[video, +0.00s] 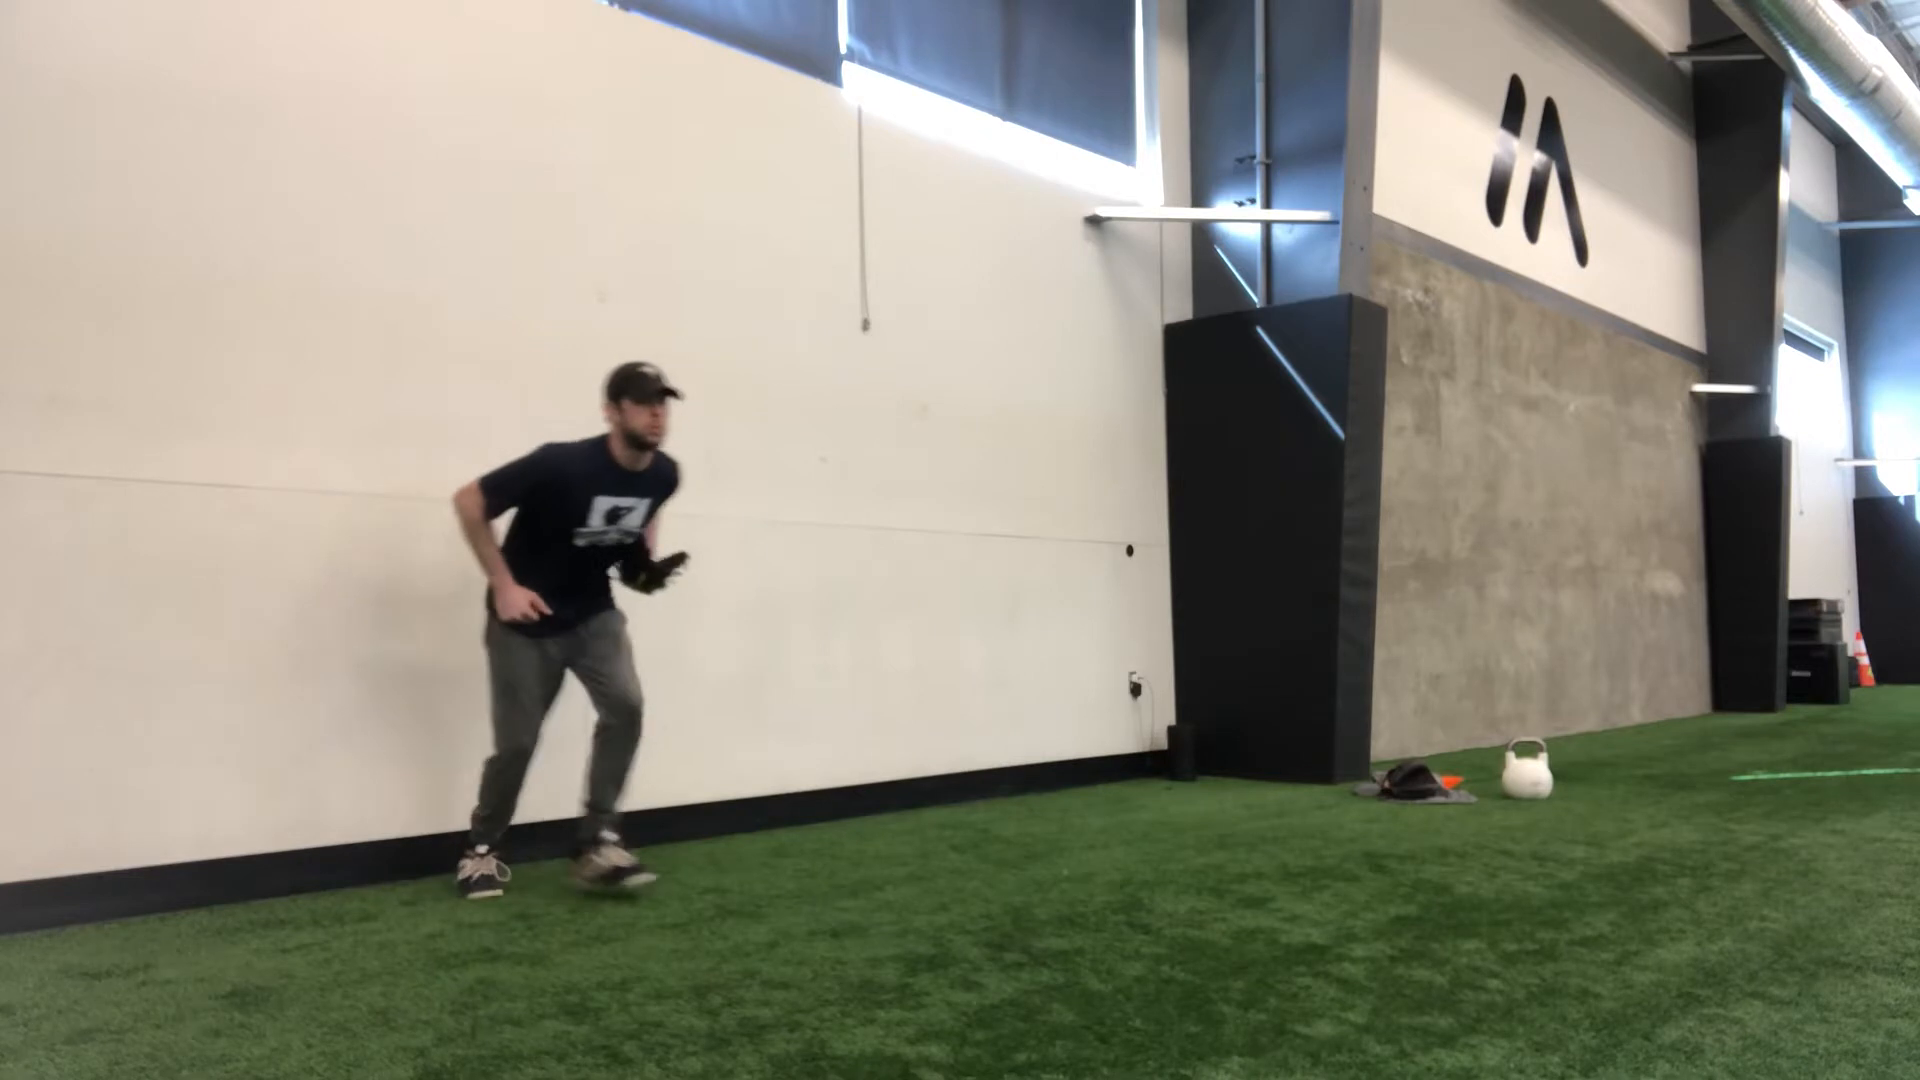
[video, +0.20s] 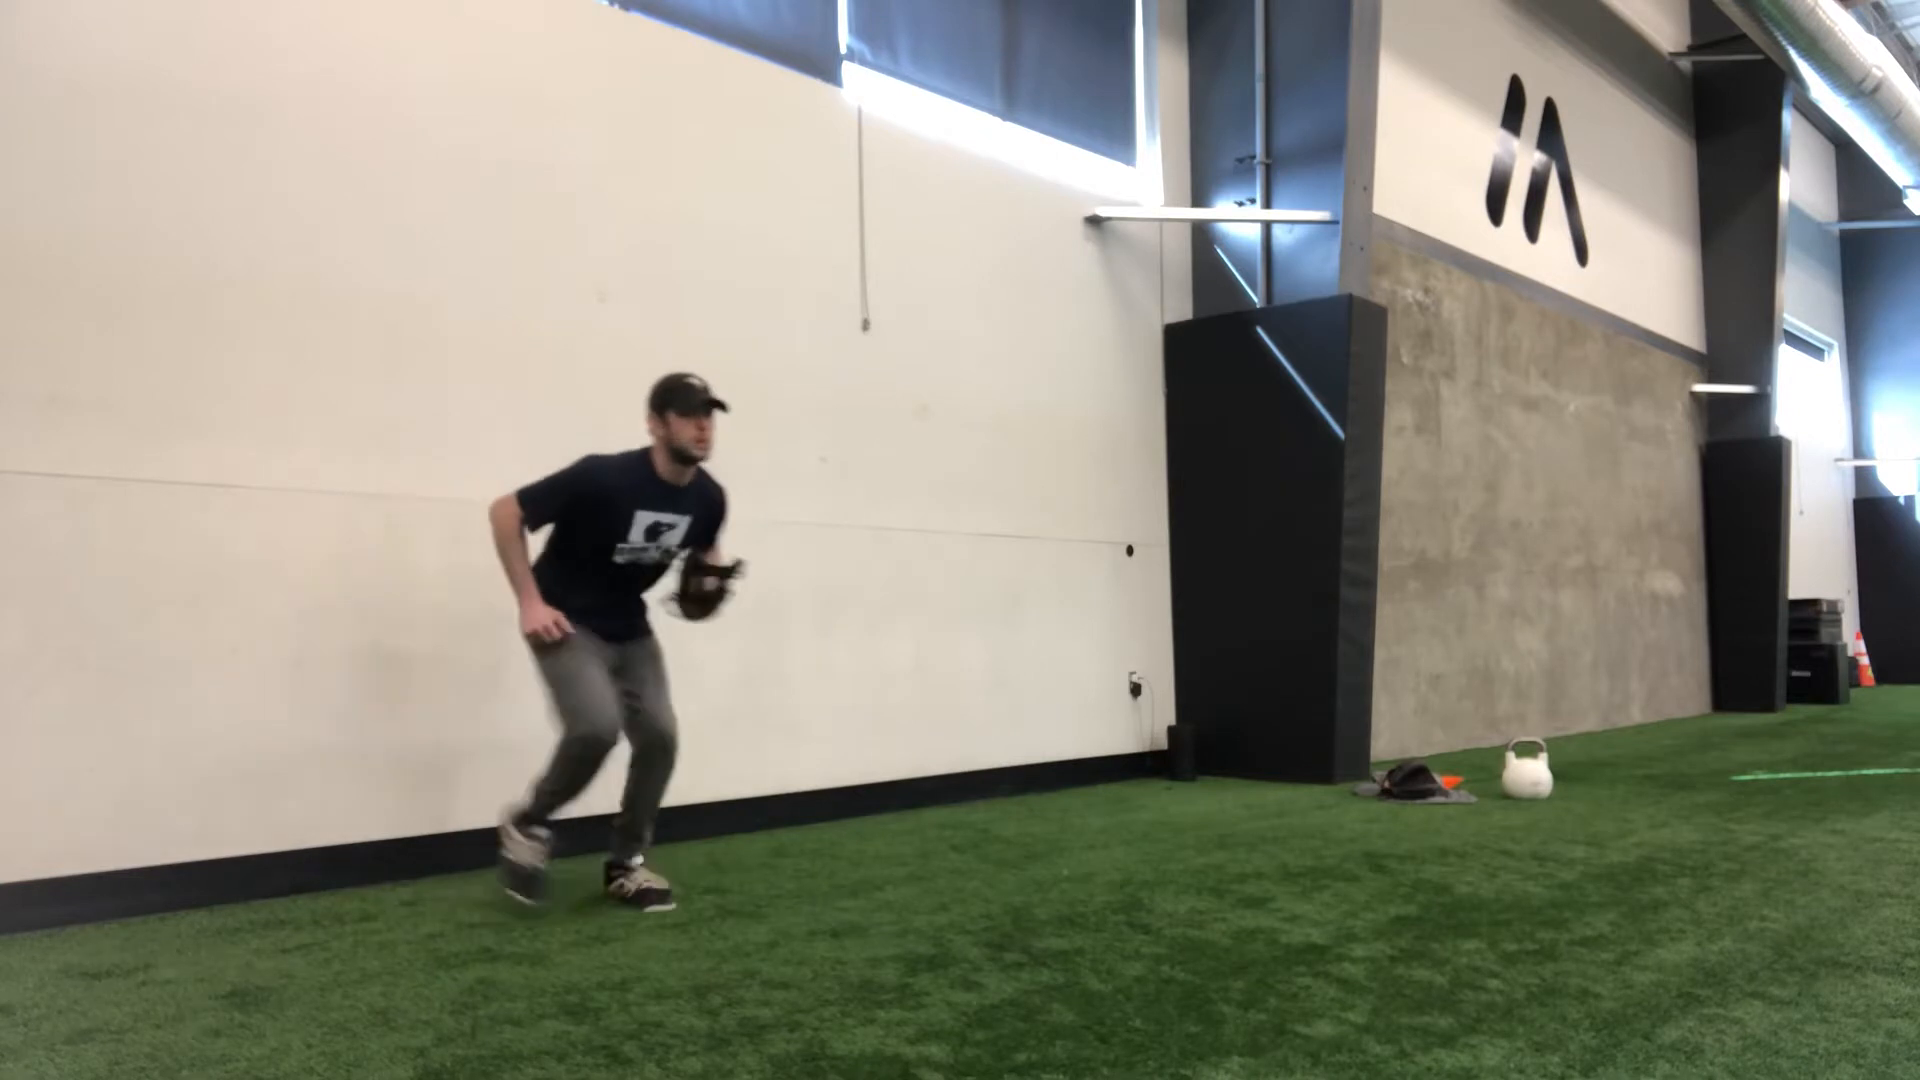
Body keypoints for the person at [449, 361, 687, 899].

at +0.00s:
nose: (657, 415)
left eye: (663, 404)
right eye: (643, 403)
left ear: (668, 411)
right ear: (613, 410)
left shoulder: (662, 475)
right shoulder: (560, 465)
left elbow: (645, 518)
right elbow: (470, 501)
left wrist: (643, 563)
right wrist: (503, 584)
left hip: (591, 613)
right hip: (525, 618)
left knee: (624, 709)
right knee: (516, 743)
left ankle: (598, 842)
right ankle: (482, 852)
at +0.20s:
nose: (704, 428)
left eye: (709, 417)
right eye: (690, 416)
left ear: (714, 424)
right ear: (657, 422)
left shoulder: (707, 500)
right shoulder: (602, 477)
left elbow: (697, 573)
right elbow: (506, 512)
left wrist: (708, 585)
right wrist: (529, 601)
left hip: (626, 622)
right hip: (564, 618)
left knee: (659, 736)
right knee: (597, 728)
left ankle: (625, 866)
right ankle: (527, 826)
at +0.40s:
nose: (740, 427)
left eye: (745, 415)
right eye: (726, 414)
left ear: (749, 419)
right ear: (690, 416)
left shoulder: (739, 496)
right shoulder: (631, 473)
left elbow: (740, 582)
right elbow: (524, 522)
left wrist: (752, 615)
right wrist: (559, 613)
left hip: (648, 613)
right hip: (584, 608)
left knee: (703, 724)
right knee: (620, 723)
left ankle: (622, 828)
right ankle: (624, 909)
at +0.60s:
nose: (768, 483)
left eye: (773, 470)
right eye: (756, 470)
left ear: (776, 468)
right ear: (716, 468)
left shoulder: (773, 530)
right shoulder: (662, 526)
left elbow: (782, 630)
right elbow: (594, 634)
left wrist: (792, 678)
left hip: (676, 634)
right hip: (607, 636)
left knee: (770, 680)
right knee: (668, 732)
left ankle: (628, 775)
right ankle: (622, 914)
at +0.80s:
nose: (817, 556)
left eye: (823, 542)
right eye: (805, 542)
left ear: (829, 535)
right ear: (767, 531)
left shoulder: (816, 590)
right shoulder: (708, 573)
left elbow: (812, 704)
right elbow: (720, 704)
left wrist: (835, 786)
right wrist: (832, 719)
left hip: (719, 639)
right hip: (638, 633)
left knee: (818, 720)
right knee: (669, 730)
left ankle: (904, 837)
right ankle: (622, 913)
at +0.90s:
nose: (850, 595)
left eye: (856, 582)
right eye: (838, 582)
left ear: (861, 575)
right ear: (799, 570)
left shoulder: (847, 631)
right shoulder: (739, 608)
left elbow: (830, 740)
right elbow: (764, 743)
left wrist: (864, 817)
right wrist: (875, 757)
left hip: (751, 661)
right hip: (669, 647)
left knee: (854, 742)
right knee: (684, 735)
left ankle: (926, 865)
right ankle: (624, 912)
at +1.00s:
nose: (880, 635)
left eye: (887, 622)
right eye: (870, 621)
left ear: (892, 615)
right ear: (831, 610)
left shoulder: (876, 663)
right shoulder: (774, 636)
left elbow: (861, 777)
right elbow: (807, 774)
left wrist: (891, 837)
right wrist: (911, 817)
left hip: (784, 678)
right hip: (701, 660)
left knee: (893, 741)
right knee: (702, 741)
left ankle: (963, 875)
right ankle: (623, 916)